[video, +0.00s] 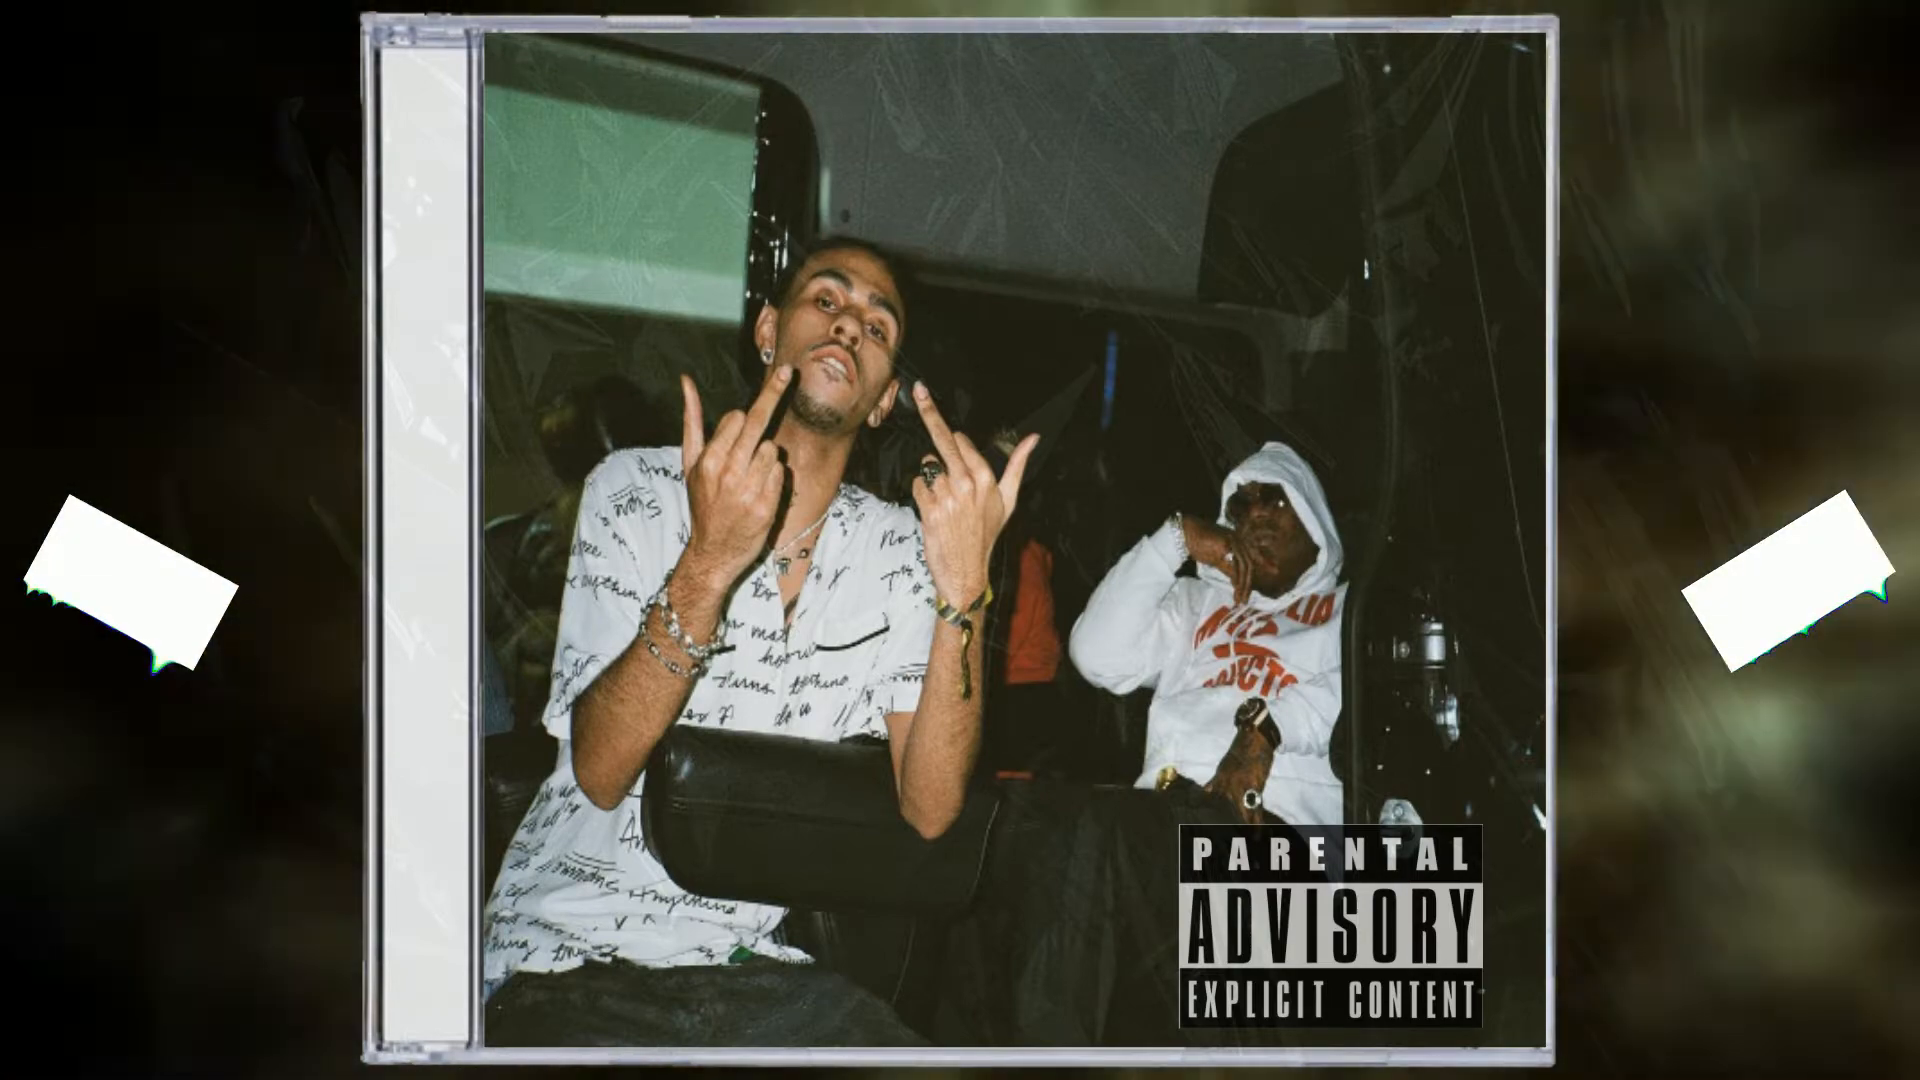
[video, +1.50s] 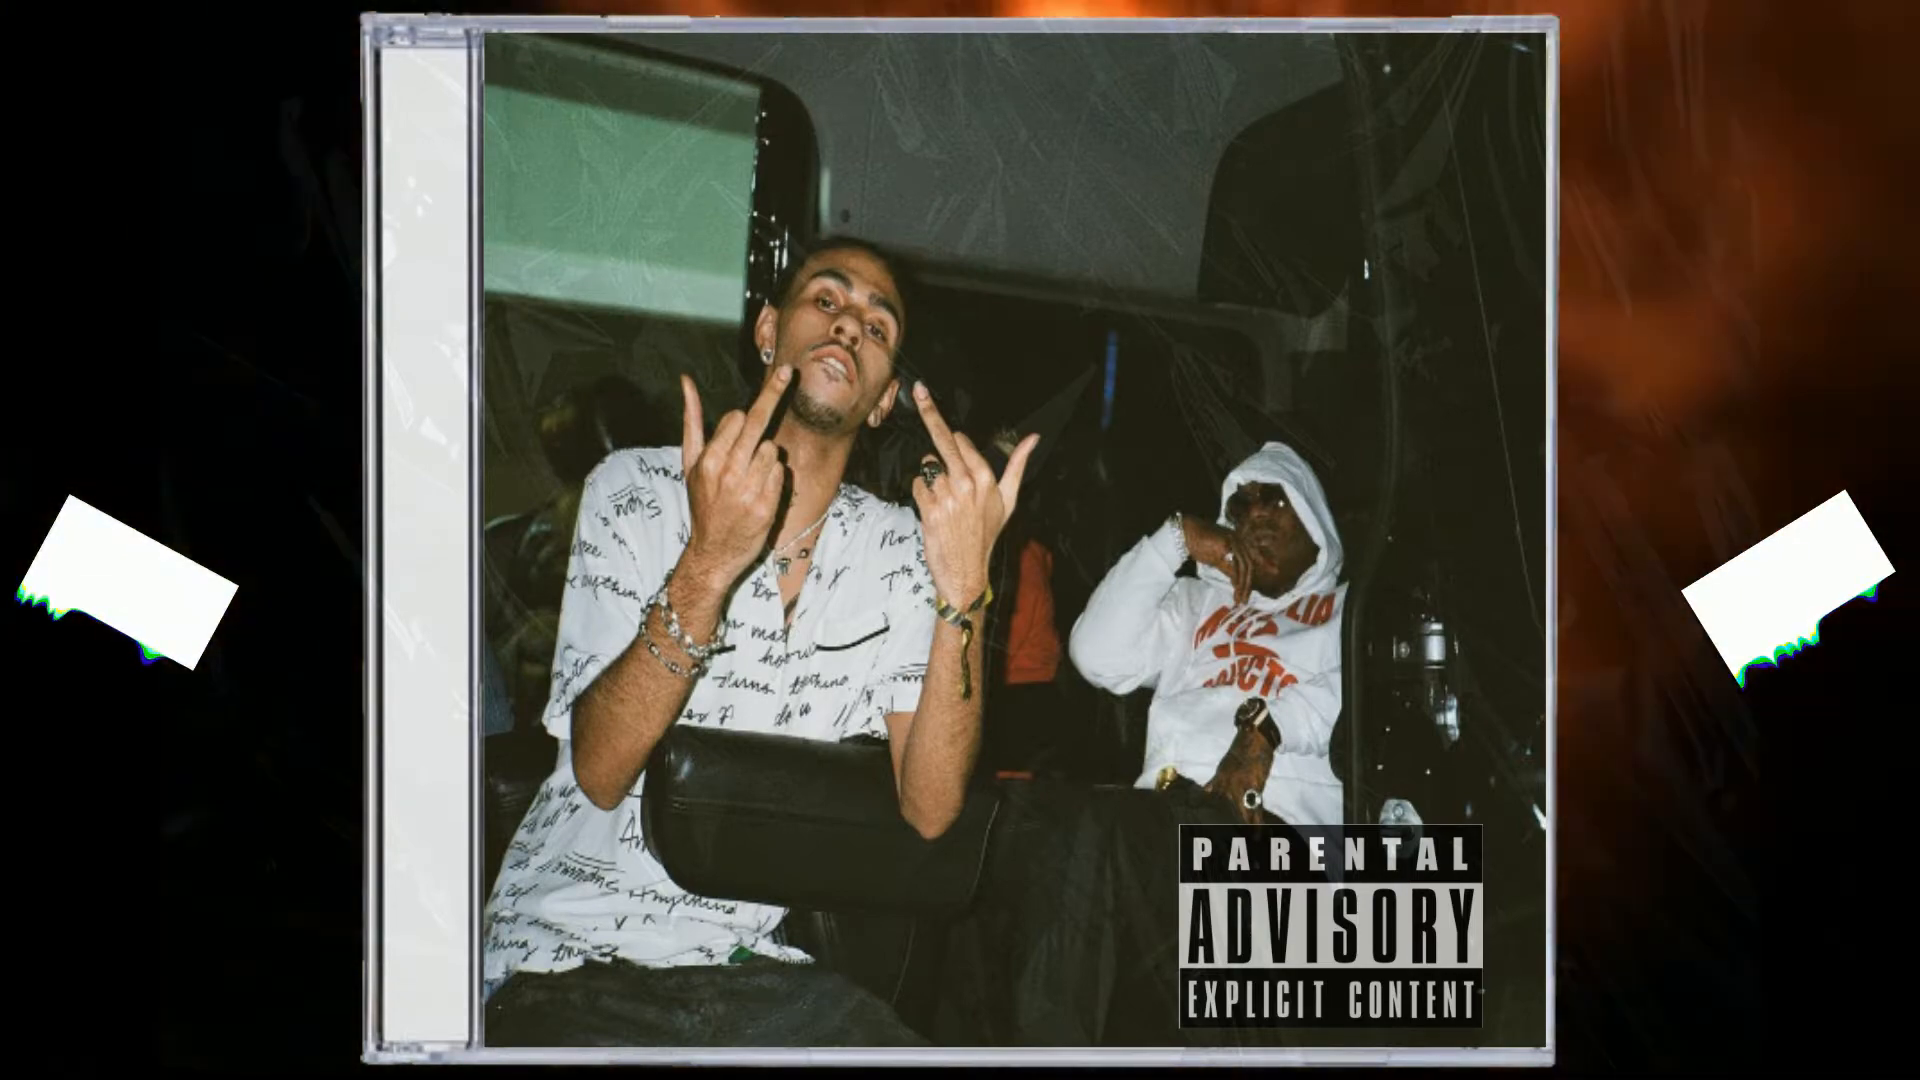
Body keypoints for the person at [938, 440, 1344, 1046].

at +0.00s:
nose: (1259, 516)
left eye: (1279, 501)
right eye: (1245, 502)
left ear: (1318, 523)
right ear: (1227, 524)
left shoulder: (1351, 606)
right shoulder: (1197, 602)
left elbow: (1357, 700)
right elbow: (1100, 658)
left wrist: (1269, 726)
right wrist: (1177, 539)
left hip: (1284, 815)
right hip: (1165, 805)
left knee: (1102, 825)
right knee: (1028, 810)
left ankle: (1052, 1052)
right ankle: (970, 1047)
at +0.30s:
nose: (1259, 517)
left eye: (1279, 501)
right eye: (1245, 502)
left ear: (1318, 522)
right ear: (1227, 523)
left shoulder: (1351, 606)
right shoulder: (1197, 601)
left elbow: (1357, 700)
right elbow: (1100, 658)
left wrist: (1270, 726)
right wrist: (1177, 539)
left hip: (1284, 816)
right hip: (1166, 806)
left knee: (1101, 824)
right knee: (1026, 810)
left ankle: (1053, 1052)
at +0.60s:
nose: (1259, 517)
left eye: (1279, 501)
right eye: (1245, 502)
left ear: (1318, 522)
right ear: (1227, 523)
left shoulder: (1351, 606)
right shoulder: (1197, 601)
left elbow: (1356, 700)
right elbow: (1100, 658)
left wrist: (1270, 726)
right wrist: (1177, 539)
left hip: (1285, 816)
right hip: (1166, 806)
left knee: (1101, 824)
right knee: (1026, 810)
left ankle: (1052, 1050)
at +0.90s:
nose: (1261, 516)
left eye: (1280, 500)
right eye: (1247, 501)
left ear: (1318, 521)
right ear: (1228, 522)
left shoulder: (1351, 608)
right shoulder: (1196, 601)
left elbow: (1357, 704)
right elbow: (1099, 658)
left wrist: (1266, 723)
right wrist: (1177, 539)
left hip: (1285, 817)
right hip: (1165, 807)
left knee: (1097, 825)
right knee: (1025, 812)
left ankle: (1052, 1051)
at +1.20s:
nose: (1261, 516)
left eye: (1280, 500)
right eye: (1247, 501)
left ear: (1318, 521)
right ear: (1228, 522)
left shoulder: (1351, 608)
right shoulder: (1196, 601)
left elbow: (1357, 704)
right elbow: (1099, 658)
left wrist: (1266, 723)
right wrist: (1177, 539)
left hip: (1286, 817)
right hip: (1165, 807)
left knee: (1097, 825)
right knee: (1025, 812)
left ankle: (1052, 1052)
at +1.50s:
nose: (1259, 517)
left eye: (1280, 501)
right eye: (1246, 502)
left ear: (1319, 521)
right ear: (1227, 523)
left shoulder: (1352, 606)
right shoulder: (1197, 601)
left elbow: (1355, 702)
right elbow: (1099, 658)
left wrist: (1269, 725)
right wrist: (1176, 539)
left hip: (1287, 817)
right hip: (1166, 808)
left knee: (1096, 826)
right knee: (1025, 812)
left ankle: (1051, 1052)